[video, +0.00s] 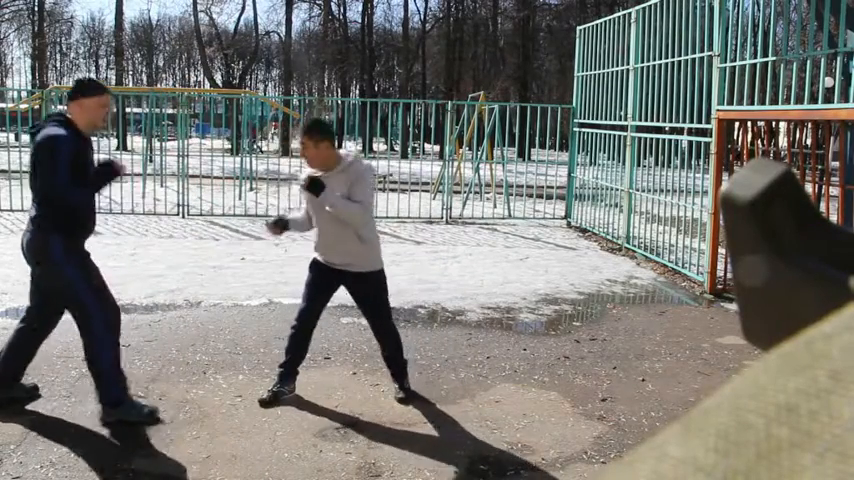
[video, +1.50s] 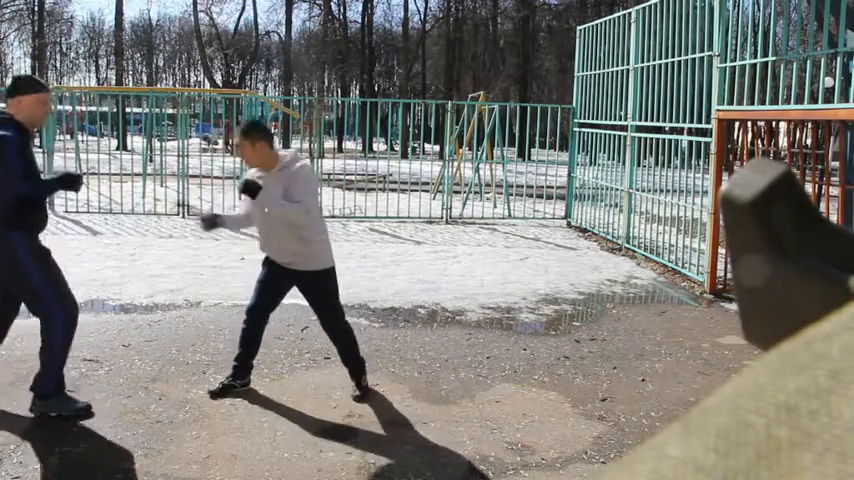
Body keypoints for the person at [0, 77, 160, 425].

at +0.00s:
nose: (105, 116)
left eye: (106, 109)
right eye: (100, 108)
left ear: (82, 108)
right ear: (77, 106)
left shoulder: (71, 137)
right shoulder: (57, 140)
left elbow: (73, 188)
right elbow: (66, 195)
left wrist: (105, 171)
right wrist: (107, 171)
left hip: (54, 246)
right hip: (58, 249)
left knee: (40, 319)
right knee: (102, 316)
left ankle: (6, 383)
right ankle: (116, 404)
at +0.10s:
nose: (98, 106)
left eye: (98, 99)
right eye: (92, 98)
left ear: (74, 101)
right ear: (68, 99)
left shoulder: (65, 132)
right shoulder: (51, 134)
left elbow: (65, 186)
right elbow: (59, 188)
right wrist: (100, 172)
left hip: (56, 240)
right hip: (59, 243)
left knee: (42, 314)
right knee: (100, 314)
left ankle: (5, 382)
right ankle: (99, 401)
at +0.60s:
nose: (91, 102)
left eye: (90, 95)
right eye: (85, 95)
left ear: (62, 99)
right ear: (61, 98)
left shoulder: (53, 130)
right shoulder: (56, 134)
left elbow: (65, 186)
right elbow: (70, 187)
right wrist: (113, 178)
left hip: (49, 239)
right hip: (68, 242)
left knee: (56, 308)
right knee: (109, 312)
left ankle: (8, 376)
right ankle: (118, 399)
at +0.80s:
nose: (111, 110)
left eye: (110, 103)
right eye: (107, 103)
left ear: (84, 101)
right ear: (88, 102)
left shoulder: (61, 126)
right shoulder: (75, 133)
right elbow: (103, 187)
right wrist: (155, 205)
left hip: (30, 233)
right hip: (50, 237)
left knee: (46, 305)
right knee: (94, 306)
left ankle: (7, 370)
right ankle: (103, 395)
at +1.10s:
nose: (88, 132)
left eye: (89, 126)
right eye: (83, 125)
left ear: (62, 123)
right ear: (59, 120)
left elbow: (88, 200)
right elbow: (72, 210)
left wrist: (126, 232)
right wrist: (131, 231)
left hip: (29, 249)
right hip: (22, 251)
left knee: (35, 311)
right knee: (77, 311)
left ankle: (0, 369)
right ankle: (98, 397)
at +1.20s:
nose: (79, 111)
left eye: (79, 103)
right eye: (74, 103)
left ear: (53, 103)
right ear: (50, 102)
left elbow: (69, 183)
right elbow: (43, 189)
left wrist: (101, 202)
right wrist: (98, 204)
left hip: (26, 237)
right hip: (18, 240)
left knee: (14, 307)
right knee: (57, 309)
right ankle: (84, 394)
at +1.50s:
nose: (48, 111)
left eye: (48, 104)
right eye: (44, 103)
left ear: (20, 103)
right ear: (21, 102)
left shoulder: (13, 136)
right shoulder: (10, 139)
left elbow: (21, 189)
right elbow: (20, 191)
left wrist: (56, 183)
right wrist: (61, 183)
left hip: (11, 243)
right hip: (16, 244)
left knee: (5, 313)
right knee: (61, 310)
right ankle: (48, 395)